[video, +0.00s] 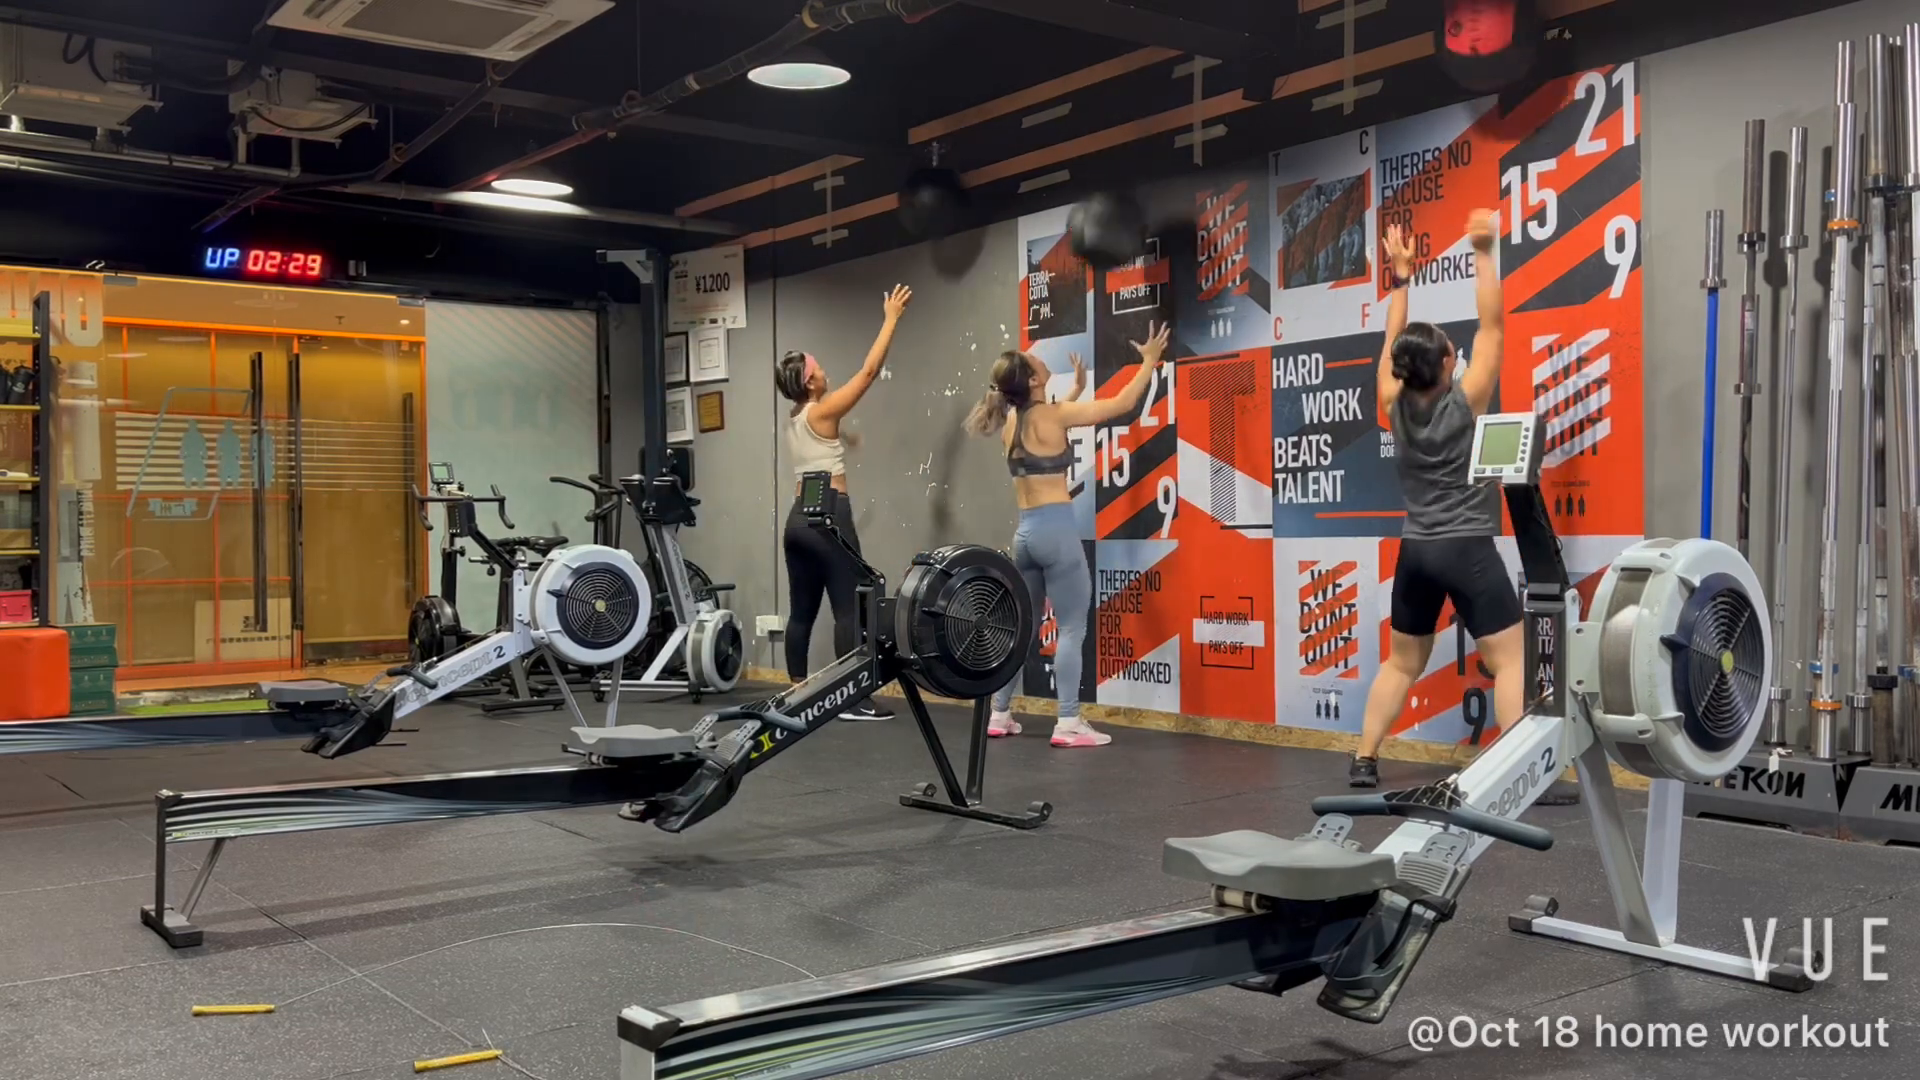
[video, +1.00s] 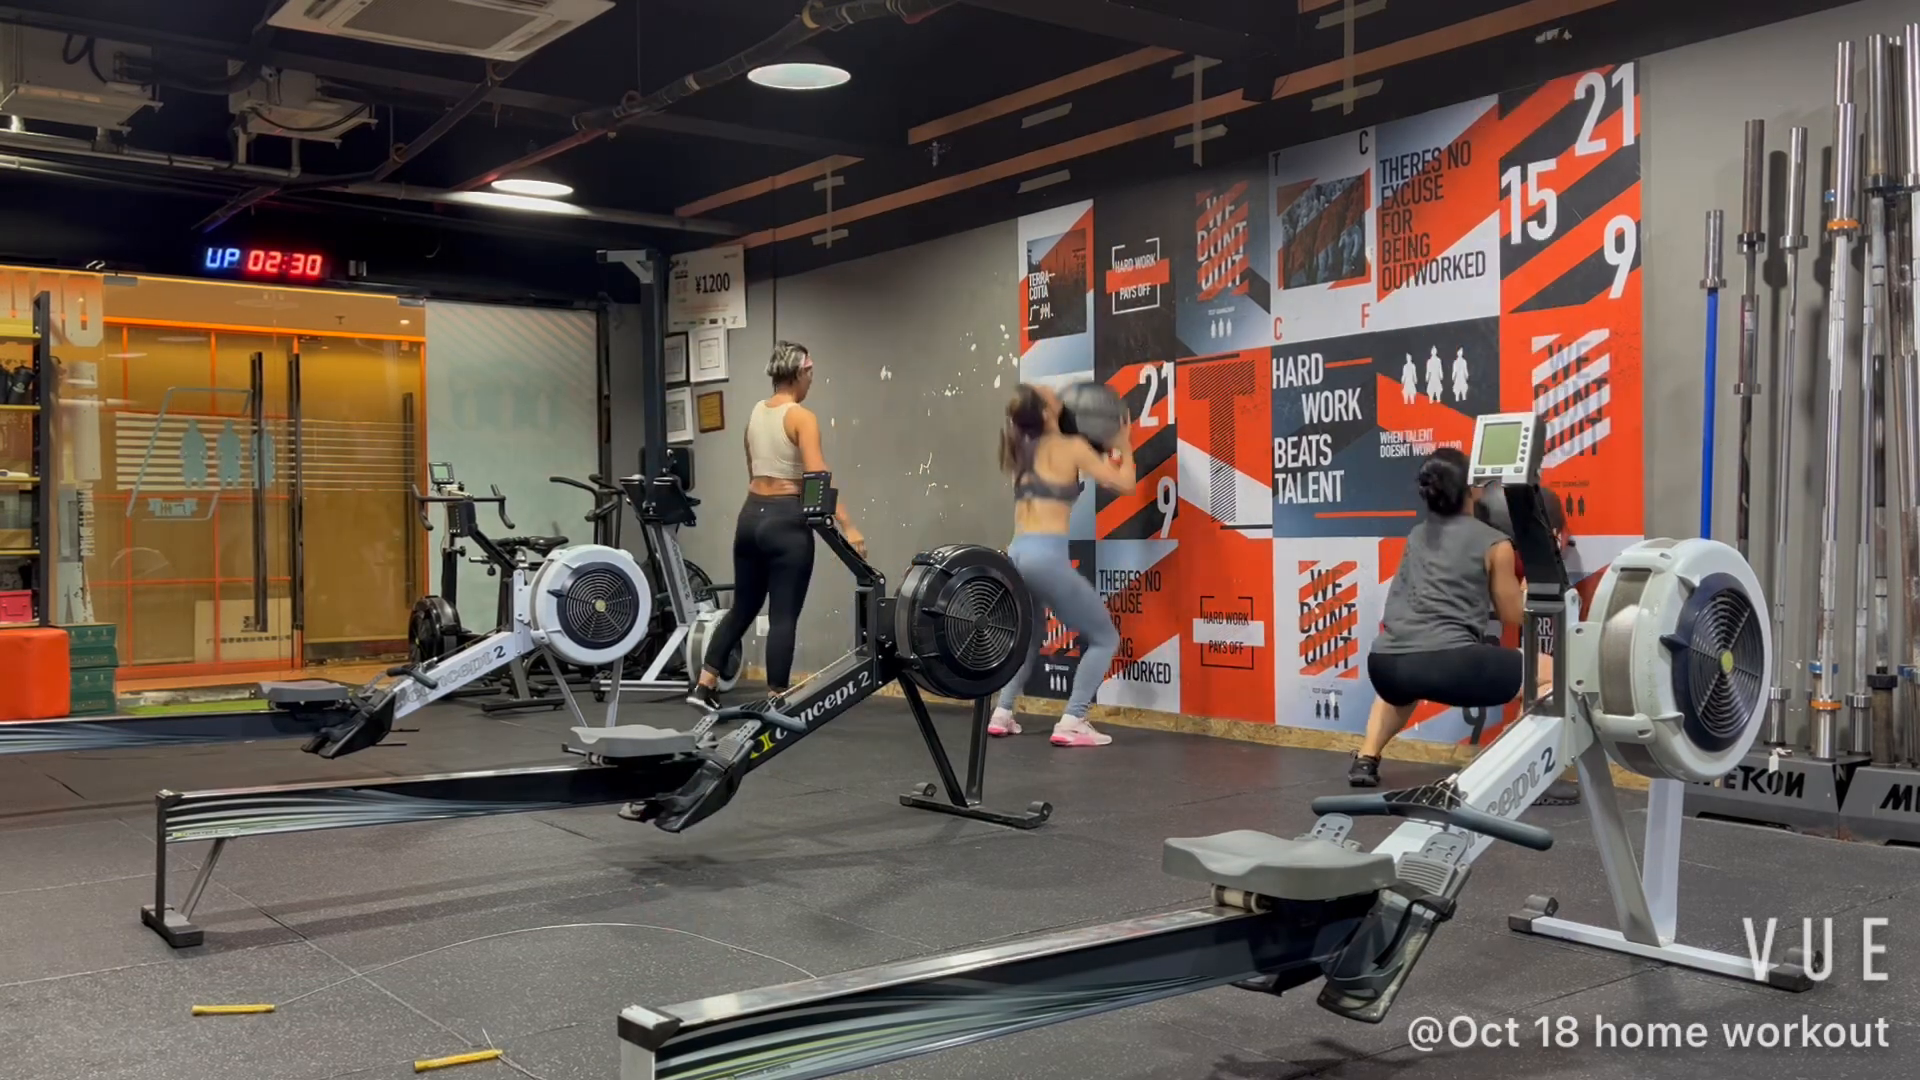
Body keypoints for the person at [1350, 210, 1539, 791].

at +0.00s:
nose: (1454, 352)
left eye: (1446, 348)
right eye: (1449, 349)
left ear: (1403, 369)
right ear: (1445, 365)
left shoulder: (1396, 406)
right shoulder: (1468, 400)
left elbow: (1392, 341)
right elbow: (1491, 325)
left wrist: (1401, 276)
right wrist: (1485, 251)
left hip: (1417, 553)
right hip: (1470, 552)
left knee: (1401, 661)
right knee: (1507, 663)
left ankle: (1363, 762)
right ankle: (1520, 776)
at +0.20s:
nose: (1454, 353)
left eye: (1448, 348)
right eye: (1450, 350)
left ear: (1409, 368)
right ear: (1445, 363)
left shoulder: (1399, 400)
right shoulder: (1473, 394)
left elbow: (1397, 363)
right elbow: (1535, 356)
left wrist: (1412, 314)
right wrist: (1553, 289)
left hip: (1417, 554)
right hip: (1471, 553)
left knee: (1398, 663)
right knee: (1496, 665)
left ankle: (1362, 760)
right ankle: (1523, 772)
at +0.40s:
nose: (1452, 349)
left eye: (1447, 344)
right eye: (1449, 347)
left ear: (1408, 366)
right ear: (1448, 360)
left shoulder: (1401, 406)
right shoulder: (1474, 400)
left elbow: (1428, 377)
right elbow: (1536, 396)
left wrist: (1443, 335)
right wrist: (1537, 332)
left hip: (1411, 555)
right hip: (1468, 556)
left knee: (1397, 660)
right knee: (1502, 663)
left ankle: (1362, 762)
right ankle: (1522, 774)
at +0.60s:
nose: (1454, 375)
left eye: (1450, 368)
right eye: (1449, 371)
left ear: (1407, 390)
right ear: (1444, 384)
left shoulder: (1400, 438)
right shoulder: (1468, 432)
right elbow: (1519, 457)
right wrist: (1536, 410)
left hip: (1403, 580)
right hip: (1461, 580)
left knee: (1398, 668)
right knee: (1525, 668)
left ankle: (1363, 763)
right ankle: (1520, 771)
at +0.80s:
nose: (1473, 453)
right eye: (1471, 447)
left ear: (1421, 458)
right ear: (1465, 455)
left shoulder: (1413, 505)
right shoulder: (1488, 510)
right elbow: (1515, 579)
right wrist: (1547, 525)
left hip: (1385, 639)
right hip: (1448, 639)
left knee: (1392, 680)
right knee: (1545, 669)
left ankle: (1363, 762)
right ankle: (1534, 776)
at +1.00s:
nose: (1480, 483)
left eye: (1477, 477)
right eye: (1477, 478)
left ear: (1428, 491)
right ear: (1472, 488)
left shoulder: (1415, 535)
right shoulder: (1494, 544)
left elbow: (1412, 596)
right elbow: (1512, 616)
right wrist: (1528, 591)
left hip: (1389, 664)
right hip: (1454, 665)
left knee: (1401, 687)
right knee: (1549, 671)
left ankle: (1366, 759)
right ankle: (1529, 773)